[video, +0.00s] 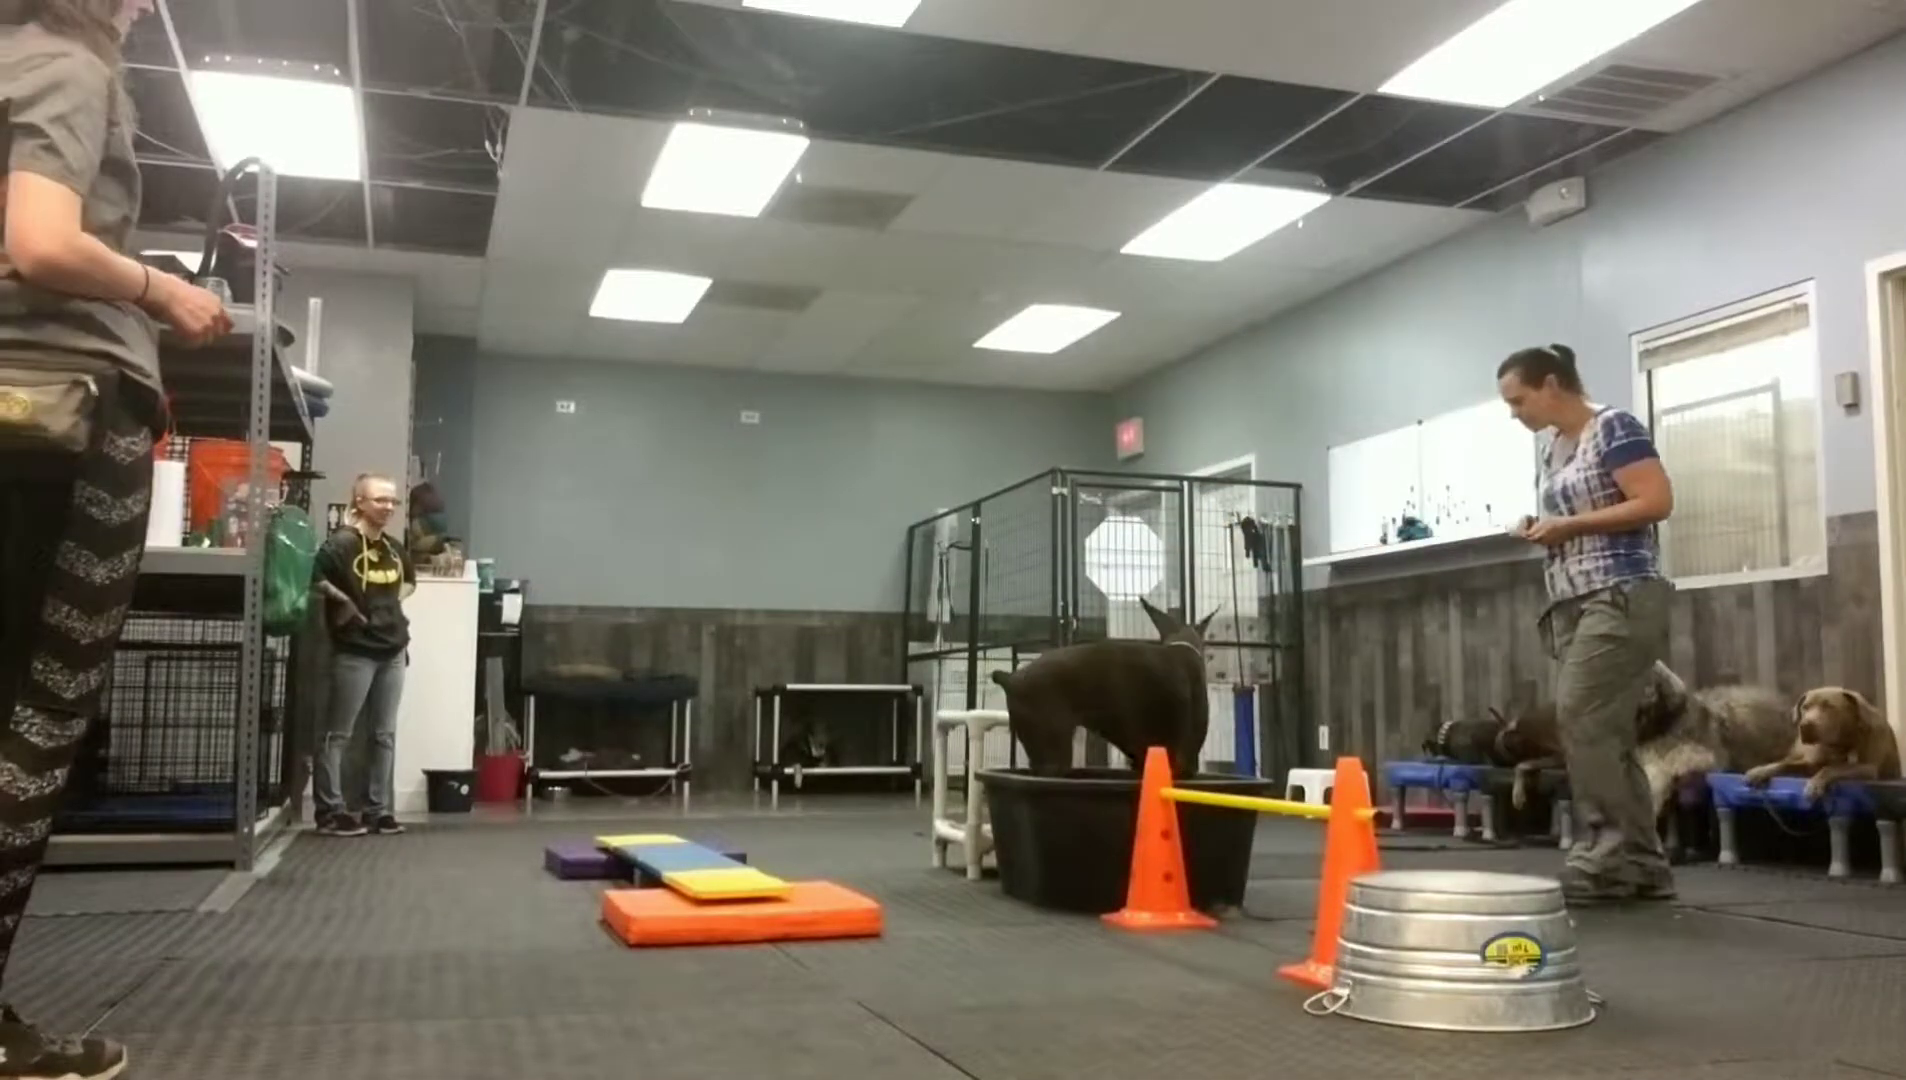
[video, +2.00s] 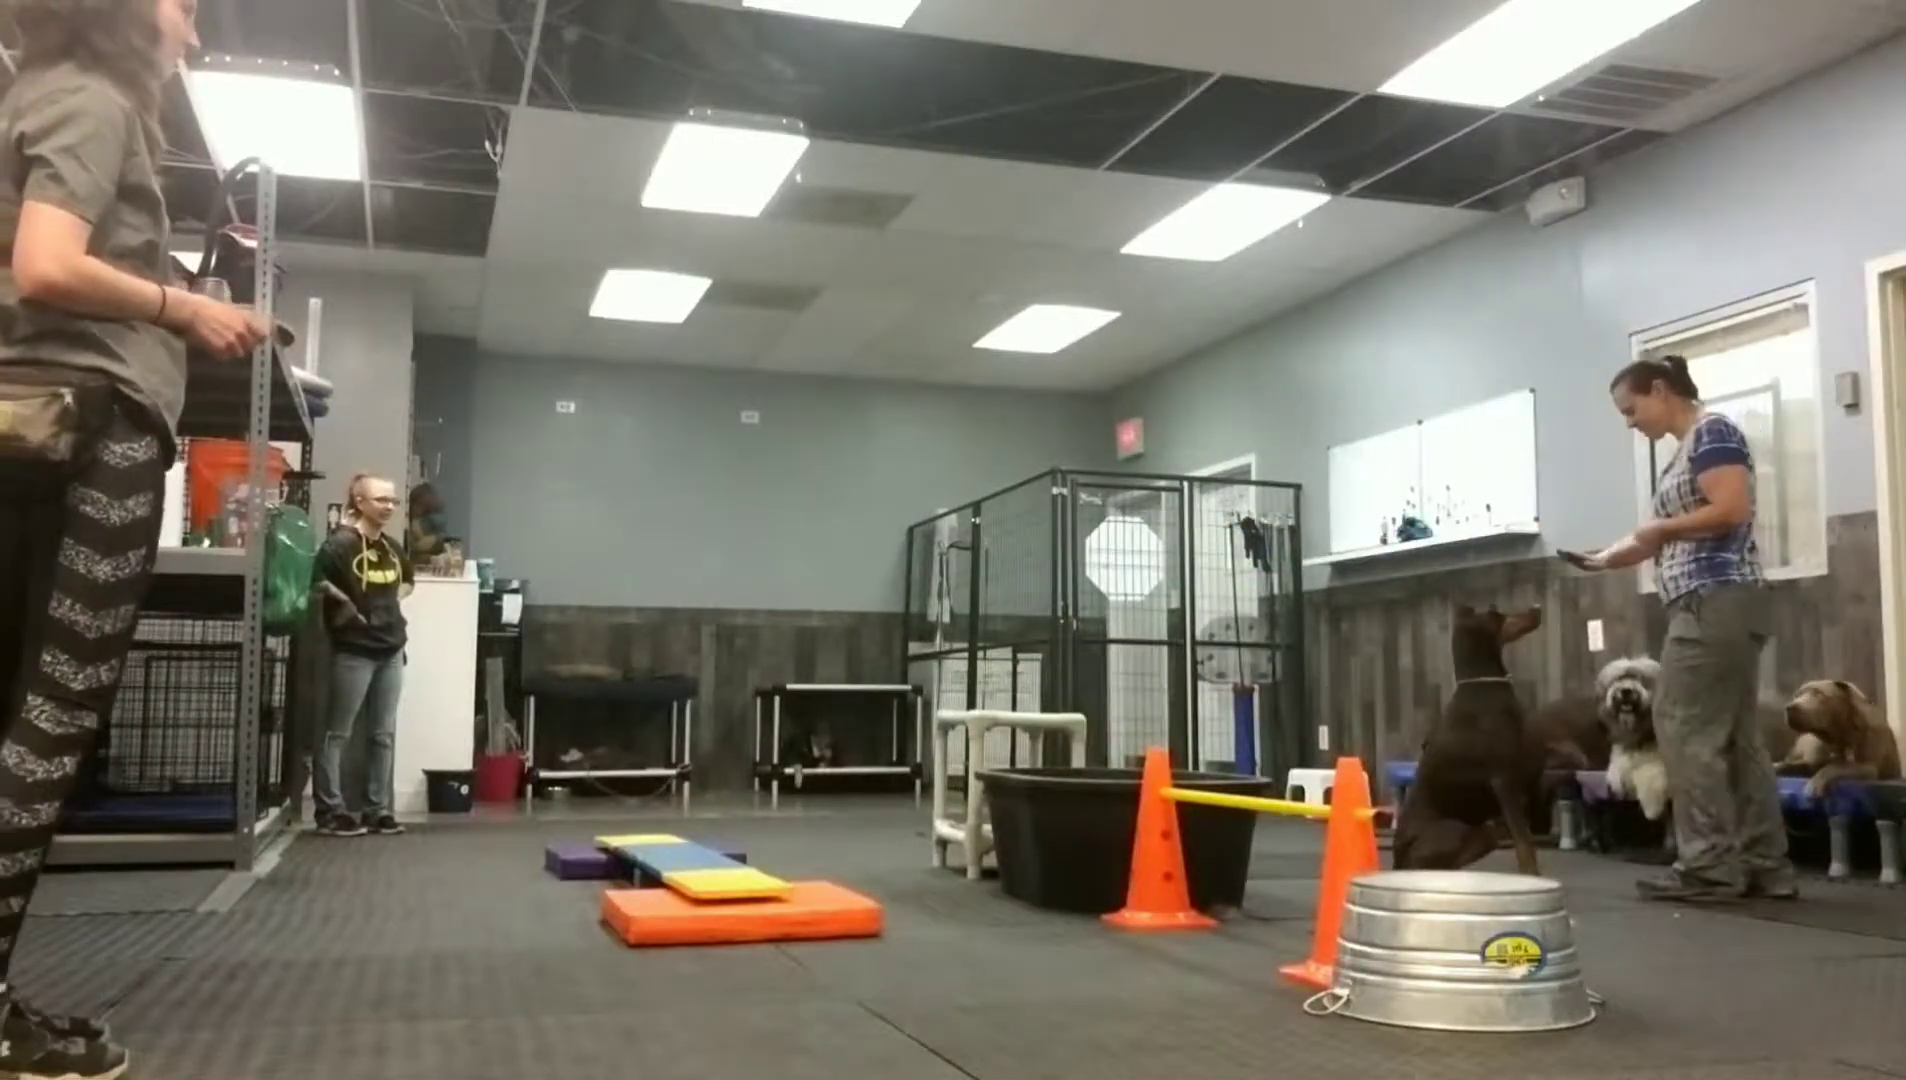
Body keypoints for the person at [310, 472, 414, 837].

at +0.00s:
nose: (389, 507)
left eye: (392, 502)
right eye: (381, 500)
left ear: (394, 506)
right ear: (360, 502)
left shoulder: (391, 546)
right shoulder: (339, 545)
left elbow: (408, 582)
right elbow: (315, 583)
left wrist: (393, 618)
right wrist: (345, 607)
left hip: (392, 649)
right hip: (355, 649)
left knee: (384, 735)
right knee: (339, 735)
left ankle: (377, 811)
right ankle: (330, 811)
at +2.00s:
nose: (390, 507)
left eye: (392, 501)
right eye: (382, 500)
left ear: (392, 505)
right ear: (360, 502)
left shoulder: (389, 545)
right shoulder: (338, 547)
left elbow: (407, 581)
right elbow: (317, 591)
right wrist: (349, 614)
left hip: (390, 650)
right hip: (354, 651)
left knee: (383, 735)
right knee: (338, 734)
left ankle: (377, 811)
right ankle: (330, 811)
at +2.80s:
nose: (385, 503)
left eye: (388, 497)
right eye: (376, 496)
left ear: (393, 503)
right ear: (356, 503)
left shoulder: (392, 548)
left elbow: (403, 595)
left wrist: (390, 622)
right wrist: (373, 627)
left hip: (389, 652)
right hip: (352, 651)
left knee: (382, 735)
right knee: (338, 733)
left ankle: (376, 808)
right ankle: (330, 809)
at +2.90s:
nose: (382, 505)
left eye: (385, 500)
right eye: (374, 499)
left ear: (388, 505)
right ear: (356, 503)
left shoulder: (386, 549)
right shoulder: (340, 541)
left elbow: (413, 582)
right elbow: (322, 580)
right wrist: (345, 604)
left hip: (389, 649)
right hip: (354, 648)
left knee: (382, 734)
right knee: (339, 733)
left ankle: (377, 809)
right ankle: (330, 810)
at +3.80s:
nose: (378, 512)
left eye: (384, 506)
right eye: (371, 505)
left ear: (389, 509)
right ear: (352, 507)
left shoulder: (388, 550)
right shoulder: (337, 543)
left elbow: (425, 563)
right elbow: (317, 579)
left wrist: (407, 538)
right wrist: (340, 600)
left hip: (390, 649)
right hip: (354, 648)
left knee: (383, 734)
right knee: (340, 734)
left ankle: (377, 810)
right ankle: (330, 810)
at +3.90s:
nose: (377, 505)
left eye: (382, 500)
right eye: (369, 499)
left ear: (389, 506)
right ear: (353, 504)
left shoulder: (387, 550)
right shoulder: (337, 545)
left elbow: (391, 597)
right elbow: (320, 591)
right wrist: (348, 618)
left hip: (390, 649)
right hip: (353, 649)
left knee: (382, 735)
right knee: (338, 734)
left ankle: (377, 811)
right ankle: (329, 810)